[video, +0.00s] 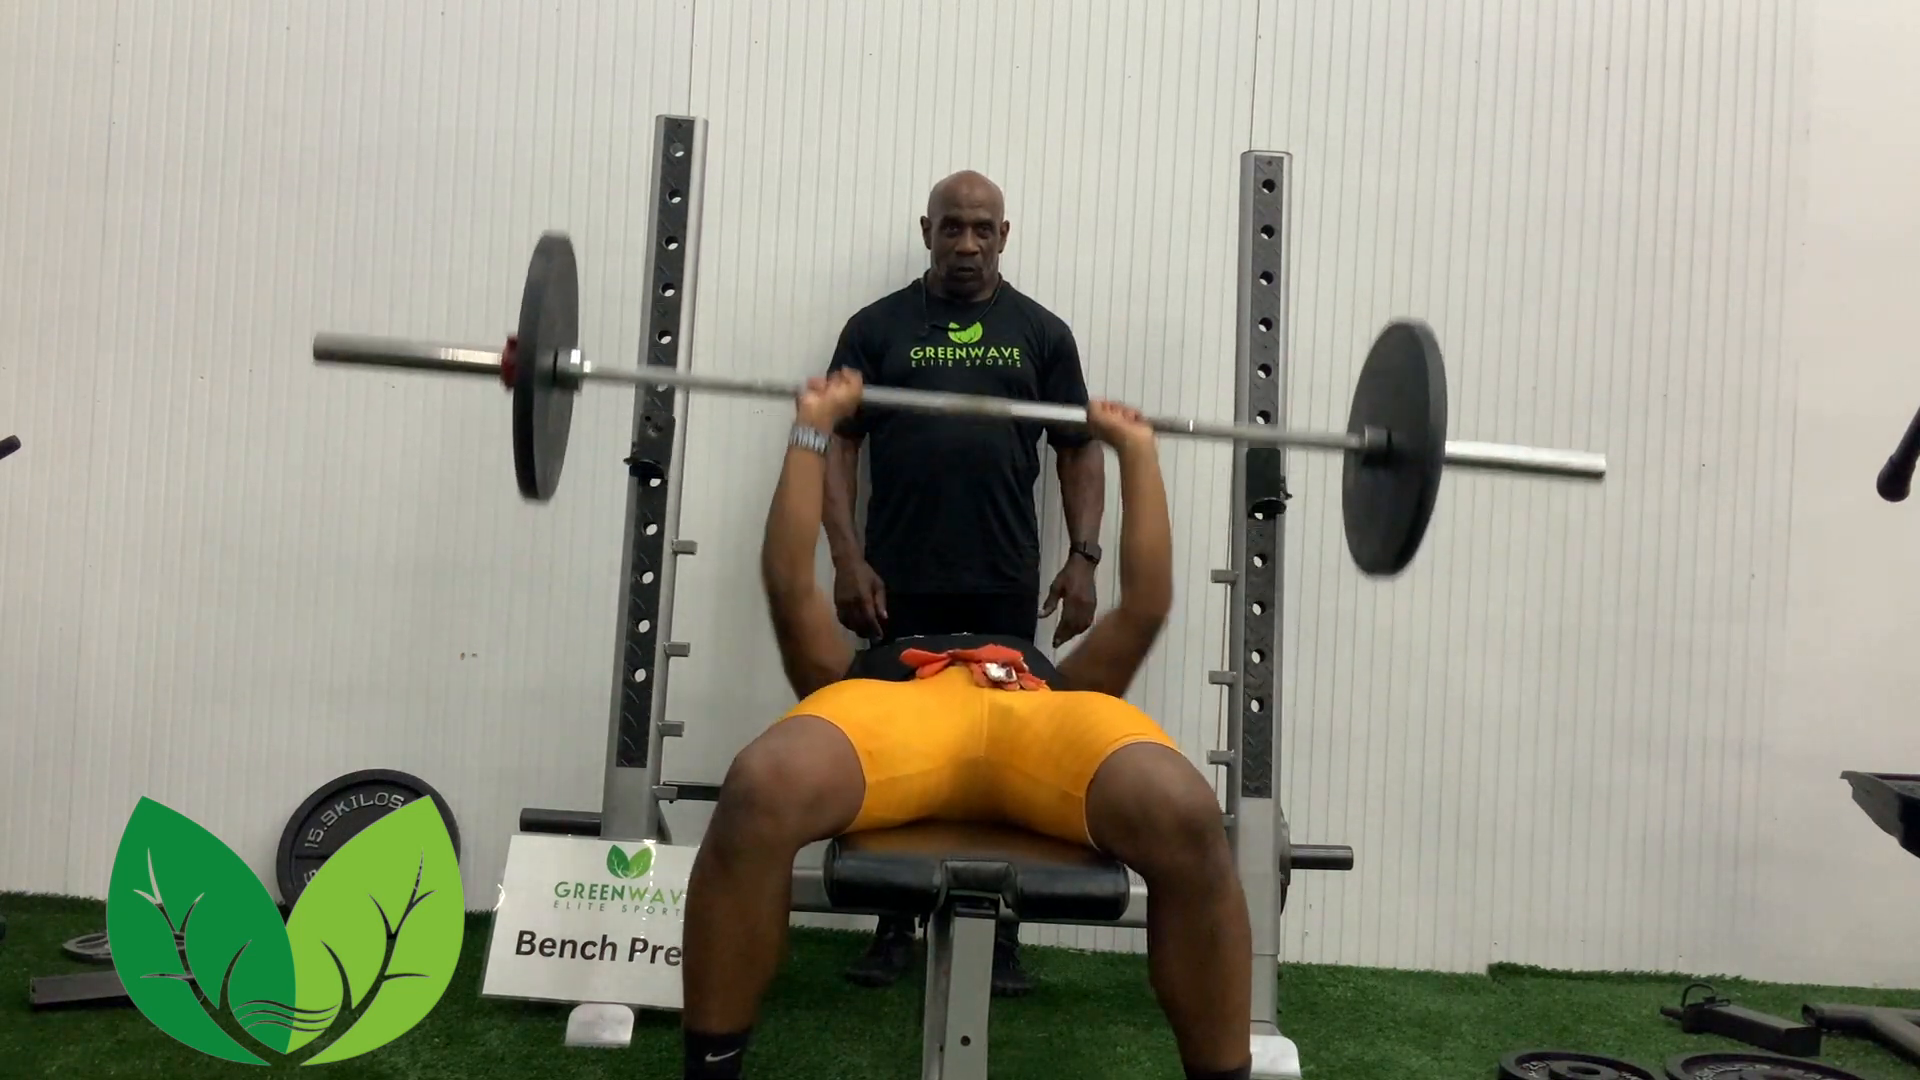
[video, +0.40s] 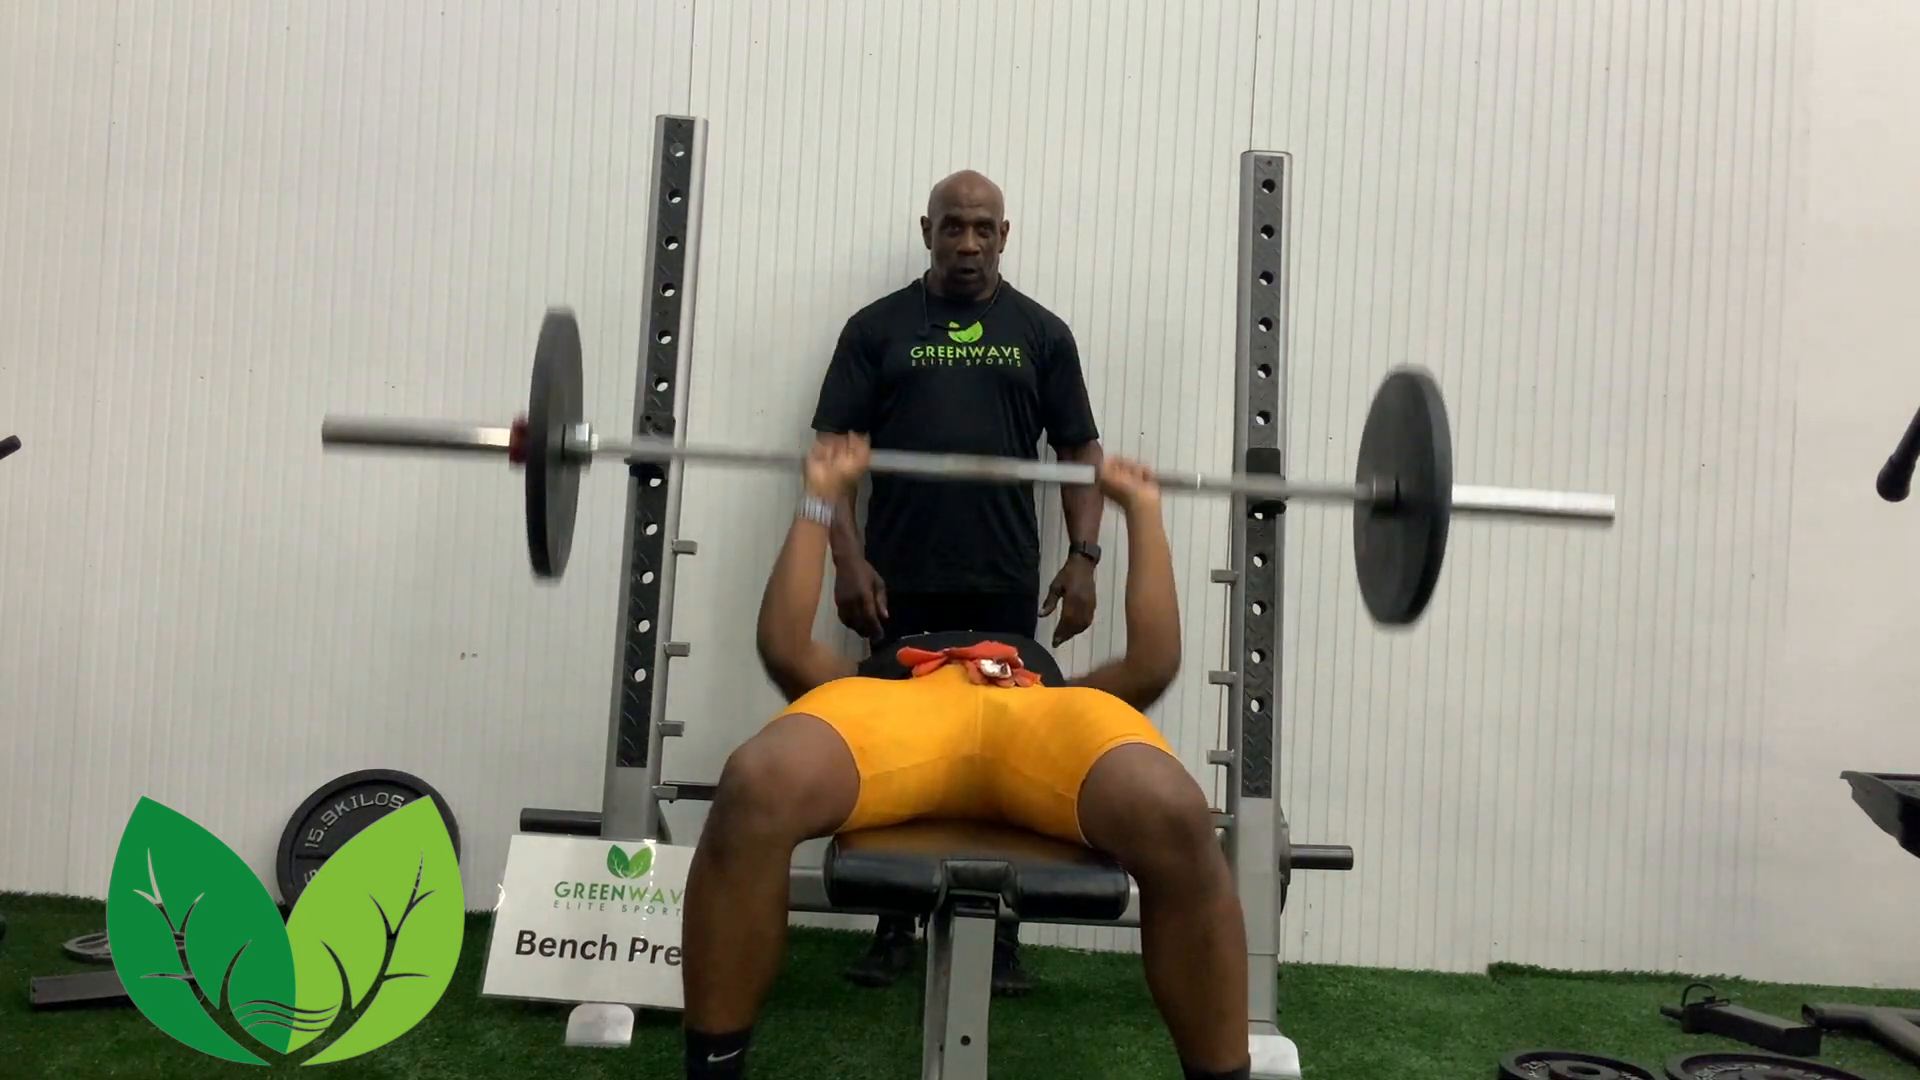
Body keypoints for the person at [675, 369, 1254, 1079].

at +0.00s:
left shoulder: (1063, 689)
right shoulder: (854, 681)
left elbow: (1143, 607)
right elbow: (790, 577)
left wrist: (1138, 447)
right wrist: (810, 430)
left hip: (1044, 707)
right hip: (891, 696)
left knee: (1189, 819)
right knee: (758, 789)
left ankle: (1223, 1072)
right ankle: (712, 1065)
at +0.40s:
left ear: (1029, 677)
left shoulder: (1057, 685)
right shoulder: (877, 670)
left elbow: (1153, 661)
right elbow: (785, 642)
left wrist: (1145, 512)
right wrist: (819, 508)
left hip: (1048, 712)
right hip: (892, 702)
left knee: (1179, 822)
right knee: (754, 786)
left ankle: (1224, 1073)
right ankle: (713, 1066)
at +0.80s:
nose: (981, 648)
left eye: (1004, 652)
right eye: (947, 646)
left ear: (1035, 680)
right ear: (923, 652)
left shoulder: (1055, 701)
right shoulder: (888, 681)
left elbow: (1146, 755)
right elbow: (765, 755)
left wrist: (1136, 621)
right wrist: (804, 617)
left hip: (1052, 711)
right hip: (891, 696)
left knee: (1172, 824)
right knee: (764, 791)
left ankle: (1222, 1073)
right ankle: (713, 1067)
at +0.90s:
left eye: (1003, 655)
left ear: (1020, 664)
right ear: (922, 659)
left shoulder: (1052, 686)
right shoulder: (876, 677)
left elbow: (1150, 702)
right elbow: (764, 682)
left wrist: (1142, 550)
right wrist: (810, 544)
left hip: (1042, 704)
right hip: (896, 695)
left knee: (1177, 829)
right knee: (759, 796)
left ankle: (1223, 1070)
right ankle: (713, 1065)